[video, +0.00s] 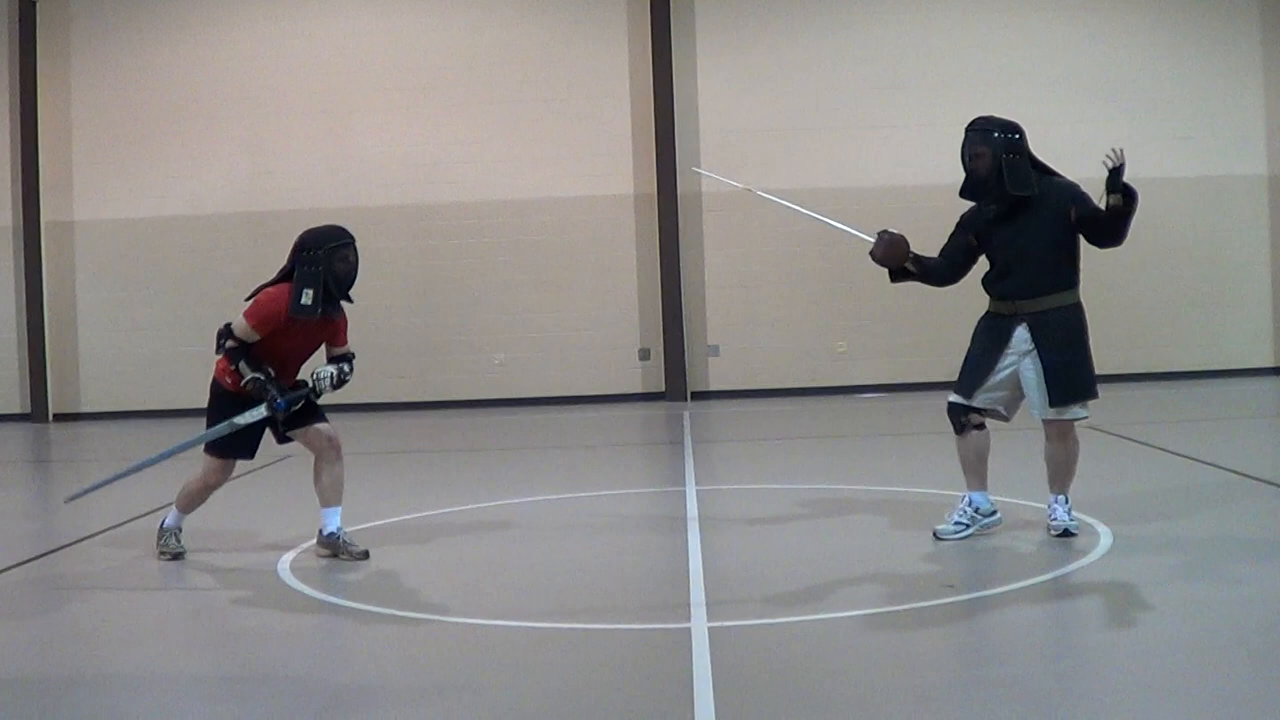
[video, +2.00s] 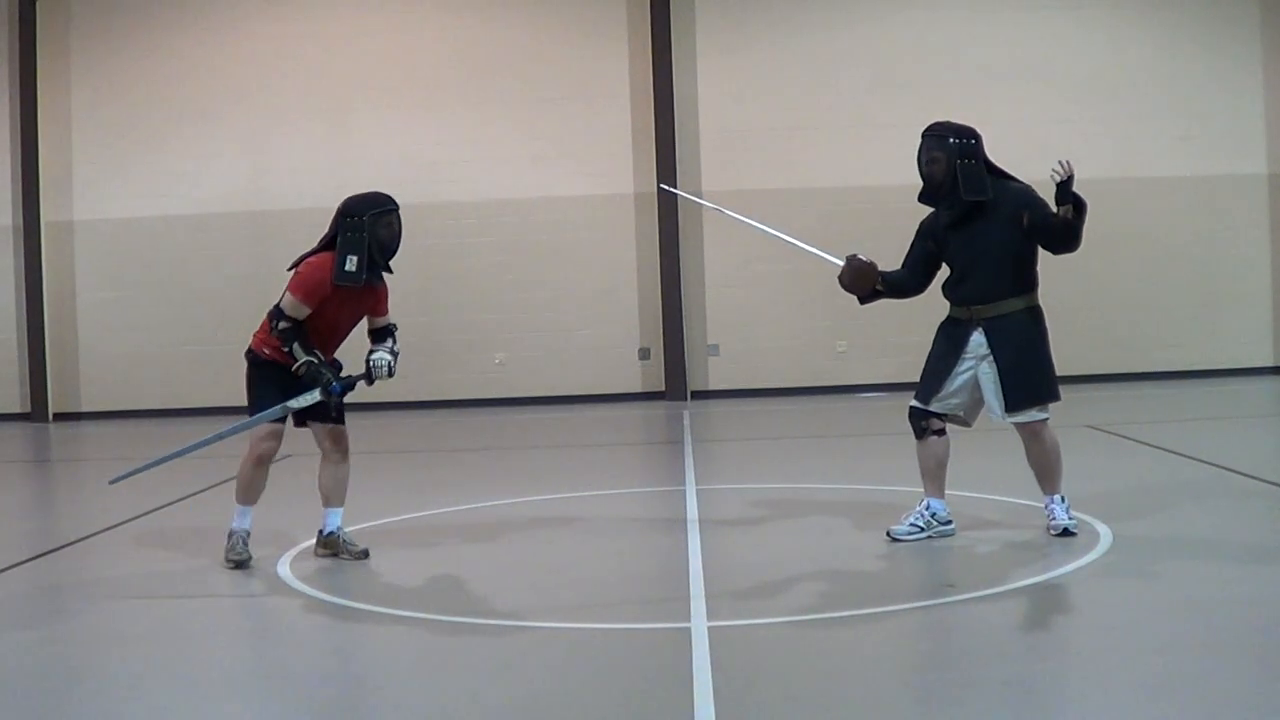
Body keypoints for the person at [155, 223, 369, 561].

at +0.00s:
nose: (349, 267)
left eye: (351, 259)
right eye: (341, 259)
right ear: (317, 263)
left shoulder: (333, 312)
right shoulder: (275, 301)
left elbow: (342, 360)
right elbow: (229, 343)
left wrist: (332, 374)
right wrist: (258, 382)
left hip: (283, 389)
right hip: (236, 387)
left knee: (328, 443)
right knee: (215, 474)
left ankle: (331, 534)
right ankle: (170, 525)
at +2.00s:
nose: (394, 235)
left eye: (395, 227)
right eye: (386, 227)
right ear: (360, 229)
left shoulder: (374, 283)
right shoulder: (320, 270)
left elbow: (381, 330)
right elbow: (280, 324)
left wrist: (383, 352)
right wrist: (309, 364)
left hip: (319, 366)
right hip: (272, 360)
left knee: (336, 444)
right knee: (266, 445)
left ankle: (331, 533)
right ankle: (239, 532)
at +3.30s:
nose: (423, 199)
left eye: (421, 189)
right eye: (414, 190)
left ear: (393, 197)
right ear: (388, 195)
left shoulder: (395, 256)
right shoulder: (350, 245)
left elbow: (399, 318)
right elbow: (326, 316)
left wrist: (420, 350)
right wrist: (365, 364)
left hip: (350, 367)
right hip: (304, 365)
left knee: (382, 458)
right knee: (318, 462)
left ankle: (387, 558)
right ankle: (287, 551)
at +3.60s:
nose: (440, 201)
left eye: (437, 192)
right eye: (432, 193)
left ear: (402, 200)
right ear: (409, 200)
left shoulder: (405, 250)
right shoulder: (375, 250)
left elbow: (413, 307)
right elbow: (350, 326)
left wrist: (447, 335)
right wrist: (395, 369)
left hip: (363, 372)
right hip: (321, 372)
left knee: (419, 447)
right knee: (343, 473)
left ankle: (408, 547)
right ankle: (301, 572)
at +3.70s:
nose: (453, 201)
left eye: (451, 192)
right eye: (446, 193)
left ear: (412, 201)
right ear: (425, 201)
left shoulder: (417, 250)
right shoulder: (394, 254)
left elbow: (437, 291)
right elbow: (372, 330)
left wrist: (467, 312)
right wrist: (422, 361)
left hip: (371, 374)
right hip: (333, 373)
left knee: (427, 445)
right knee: (352, 481)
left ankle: (459, 544)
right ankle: (299, 571)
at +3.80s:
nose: (471, 213)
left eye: (470, 204)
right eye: (464, 205)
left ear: (429, 214)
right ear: (445, 215)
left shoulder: (435, 257)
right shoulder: (416, 271)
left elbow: (468, 280)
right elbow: (408, 349)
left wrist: (498, 295)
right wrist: (465, 358)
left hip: (390, 377)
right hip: (352, 379)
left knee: (456, 435)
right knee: (369, 489)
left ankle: (517, 520)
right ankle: (298, 566)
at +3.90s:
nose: (503, 221)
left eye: (500, 212)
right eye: (495, 213)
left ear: (460, 224)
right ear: (473, 224)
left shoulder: (464, 265)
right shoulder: (442, 279)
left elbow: (516, 289)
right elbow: (482, 351)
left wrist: (542, 280)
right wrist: (533, 321)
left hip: (416, 389)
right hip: (380, 391)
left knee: (495, 431)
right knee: (374, 499)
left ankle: (566, 508)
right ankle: (302, 570)